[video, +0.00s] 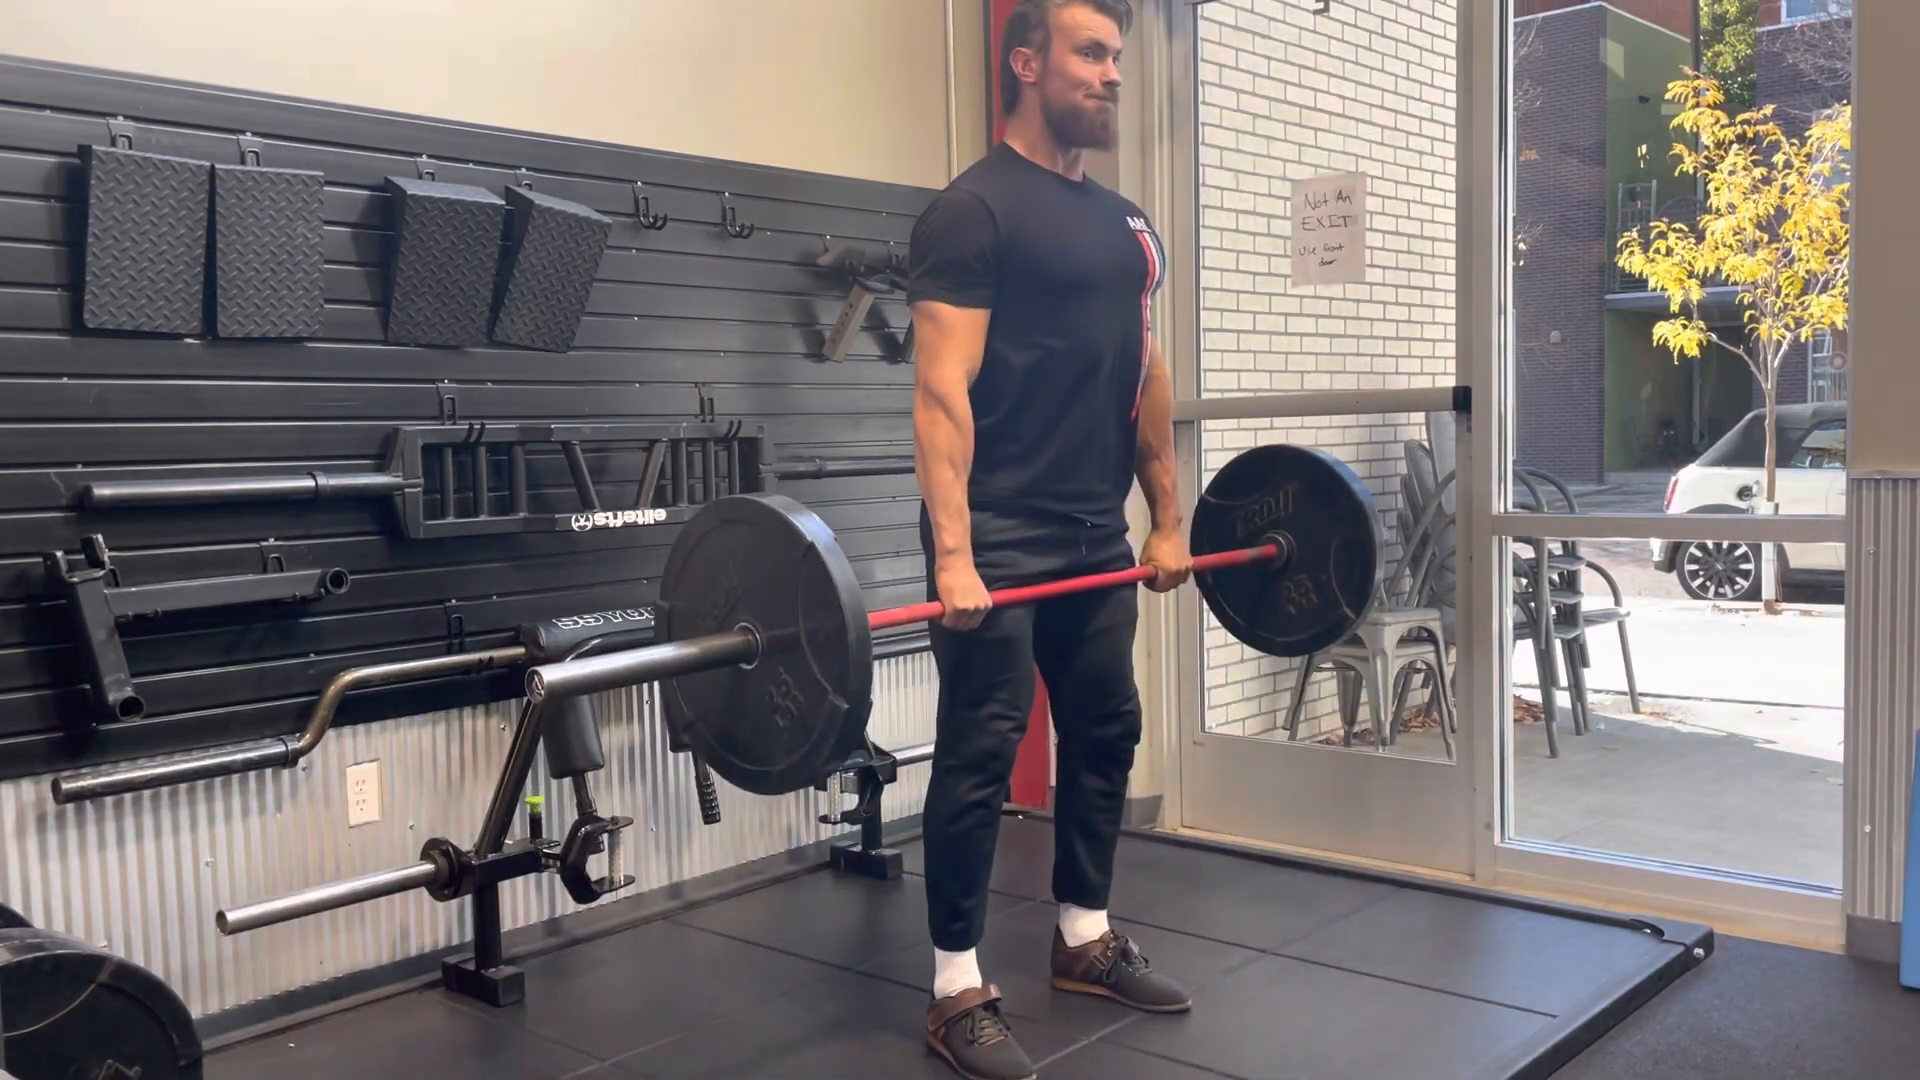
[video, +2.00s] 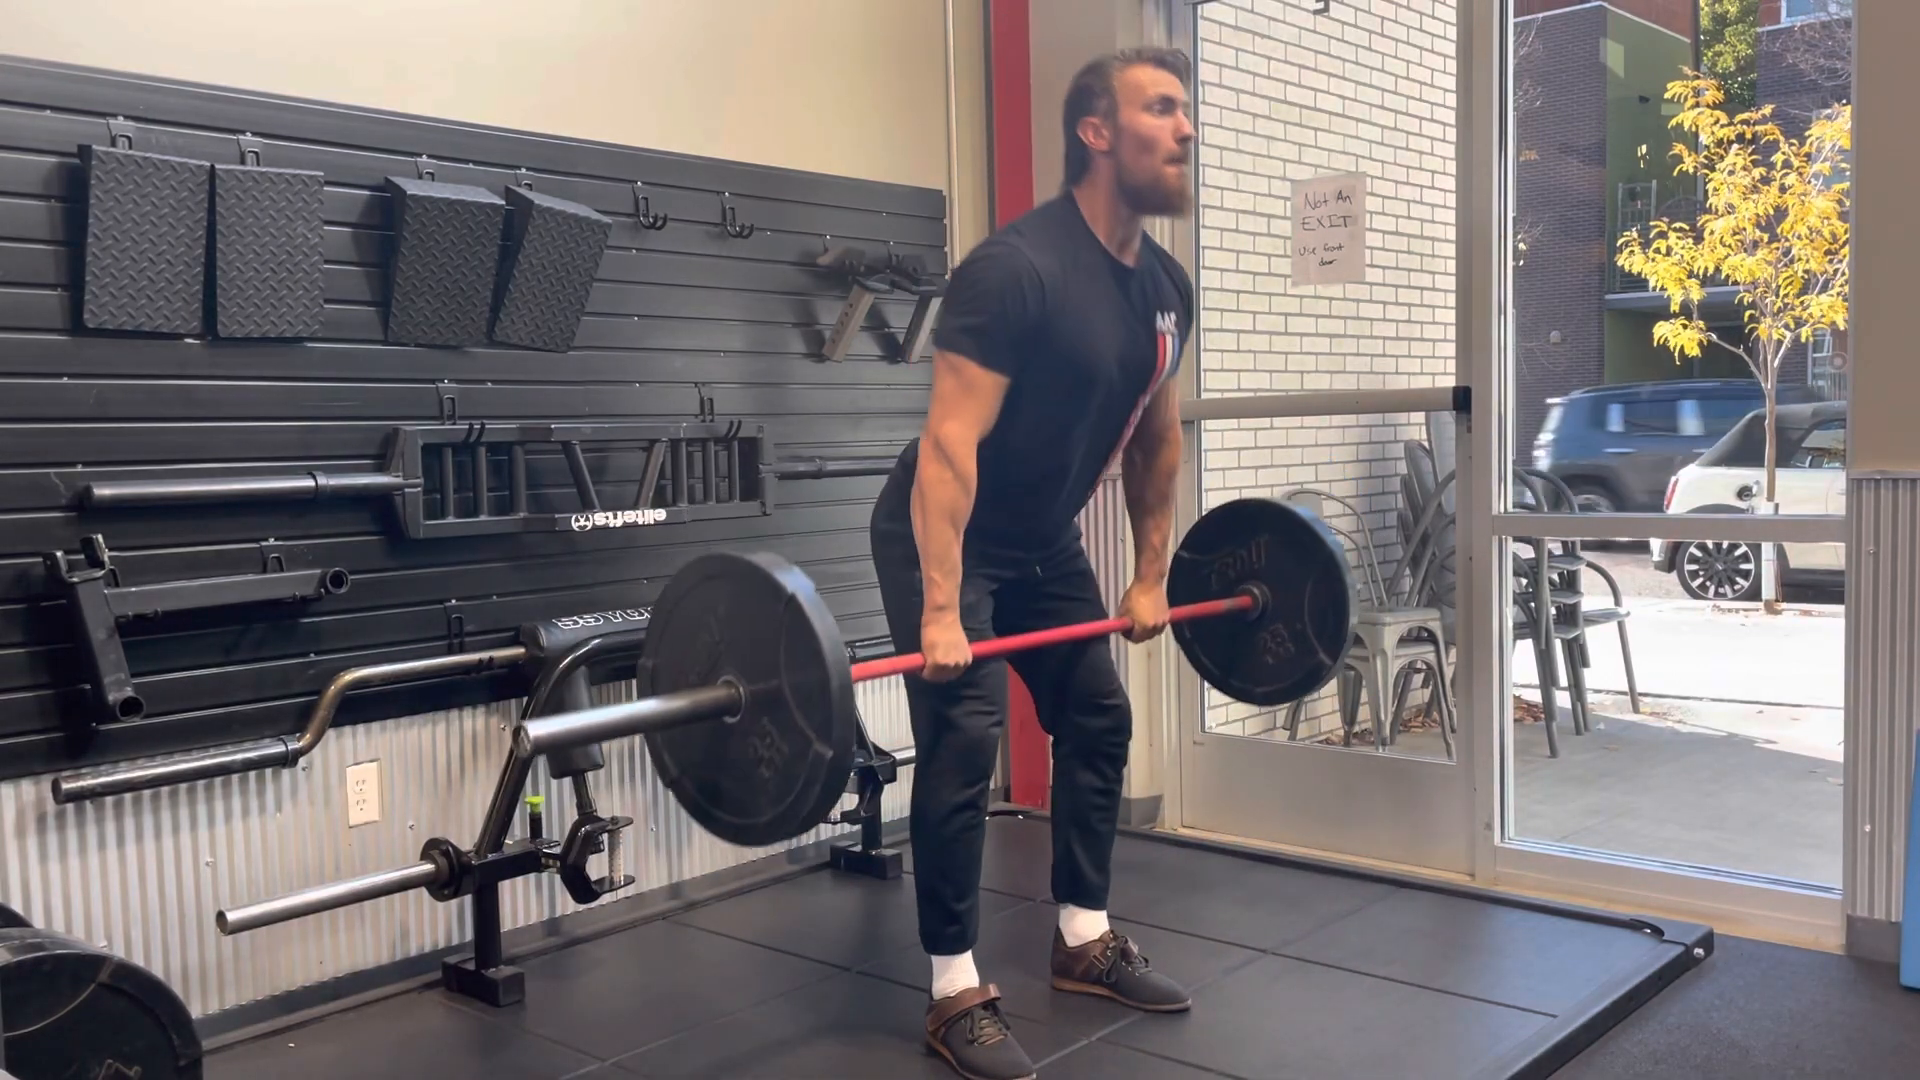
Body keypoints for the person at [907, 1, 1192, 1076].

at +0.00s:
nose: (1113, 76)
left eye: (1117, 58)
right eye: (1092, 53)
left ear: (1111, 74)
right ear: (1022, 63)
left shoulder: (1127, 223)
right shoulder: (969, 210)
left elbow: (1145, 379)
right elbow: (940, 399)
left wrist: (1168, 516)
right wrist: (952, 553)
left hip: (1094, 529)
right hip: (991, 534)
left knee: (1103, 733)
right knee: (982, 750)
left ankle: (1084, 939)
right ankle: (956, 987)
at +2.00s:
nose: (1188, 131)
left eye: (1188, 114)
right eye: (1163, 110)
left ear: (1168, 141)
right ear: (1094, 133)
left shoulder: (1165, 285)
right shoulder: (1009, 268)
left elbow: (1155, 439)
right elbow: (946, 446)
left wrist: (1150, 575)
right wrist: (943, 607)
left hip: (1043, 535)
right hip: (944, 535)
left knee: (1098, 721)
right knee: (965, 739)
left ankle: (1083, 938)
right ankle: (954, 988)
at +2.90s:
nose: (1117, 374)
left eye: (1120, 357)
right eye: (1096, 355)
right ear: (1033, 366)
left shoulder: (1137, 496)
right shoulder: (989, 500)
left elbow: (1274, 562)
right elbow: (1060, 575)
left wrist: (1220, 449)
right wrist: (1040, 436)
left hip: (1050, 726)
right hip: (934, 729)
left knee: (1214, 754)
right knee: (999, 824)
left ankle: (1114, 938)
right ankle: (948, 1002)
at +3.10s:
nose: (1116, 471)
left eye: (1120, 453)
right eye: (1094, 451)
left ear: (1128, 461)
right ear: (1034, 460)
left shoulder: (1141, 572)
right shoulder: (994, 585)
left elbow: (1279, 628)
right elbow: (1058, 668)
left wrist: (1209, 520)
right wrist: (1042, 528)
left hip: (1052, 788)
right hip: (926, 796)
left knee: (1215, 762)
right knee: (1007, 826)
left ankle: (1112, 943)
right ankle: (949, 1006)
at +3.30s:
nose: (1118, 446)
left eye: (1122, 428)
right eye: (1097, 425)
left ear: (1130, 435)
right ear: (1036, 431)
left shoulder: (1142, 548)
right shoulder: (996, 550)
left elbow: (1280, 600)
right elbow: (1057, 636)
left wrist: (1213, 494)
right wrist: (1046, 500)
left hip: (1062, 770)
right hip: (939, 774)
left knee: (1219, 766)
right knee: (1002, 828)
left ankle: (1113, 941)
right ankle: (950, 1005)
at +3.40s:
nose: (1118, 400)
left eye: (1123, 381)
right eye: (1098, 380)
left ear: (1130, 388)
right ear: (1037, 387)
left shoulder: (1140, 506)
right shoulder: (993, 509)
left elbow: (1282, 553)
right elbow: (1054, 587)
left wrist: (1212, 450)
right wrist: (1046, 449)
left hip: (1060, 740)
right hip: (940, 742)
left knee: (1222, 758)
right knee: (989, 826)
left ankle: (1115, 937)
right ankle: (948, 1003)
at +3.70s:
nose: (1111, 230)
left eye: (1117, 214)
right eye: (1091, 211)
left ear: (1117, 227)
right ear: (1029, 218)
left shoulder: (1134, 346)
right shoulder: (988, 338)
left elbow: (1282, 391)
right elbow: (1054, 384)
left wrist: (1195, 286)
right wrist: (1029, 262)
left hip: (1066, 621)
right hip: (959, 626)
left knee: (1207, 748)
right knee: (1000, 802)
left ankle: (1112, 939)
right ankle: (947, 998)